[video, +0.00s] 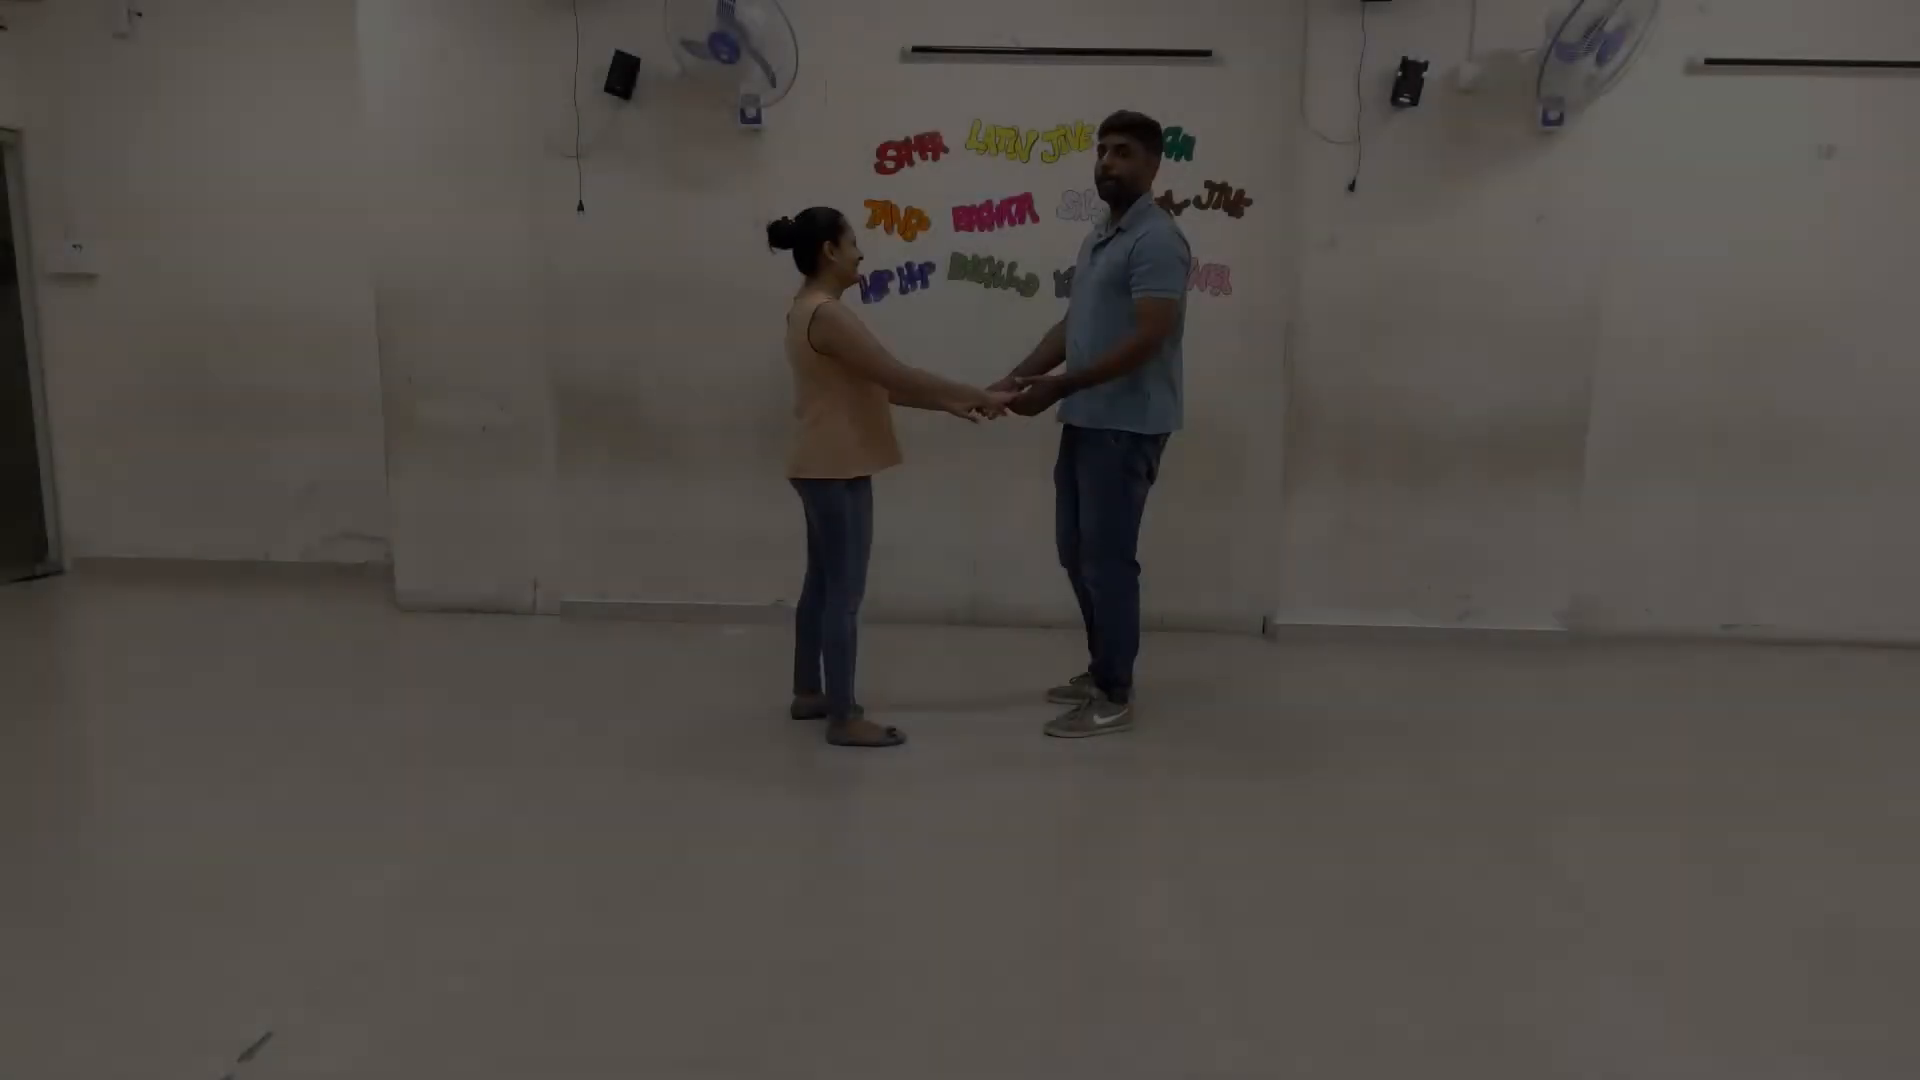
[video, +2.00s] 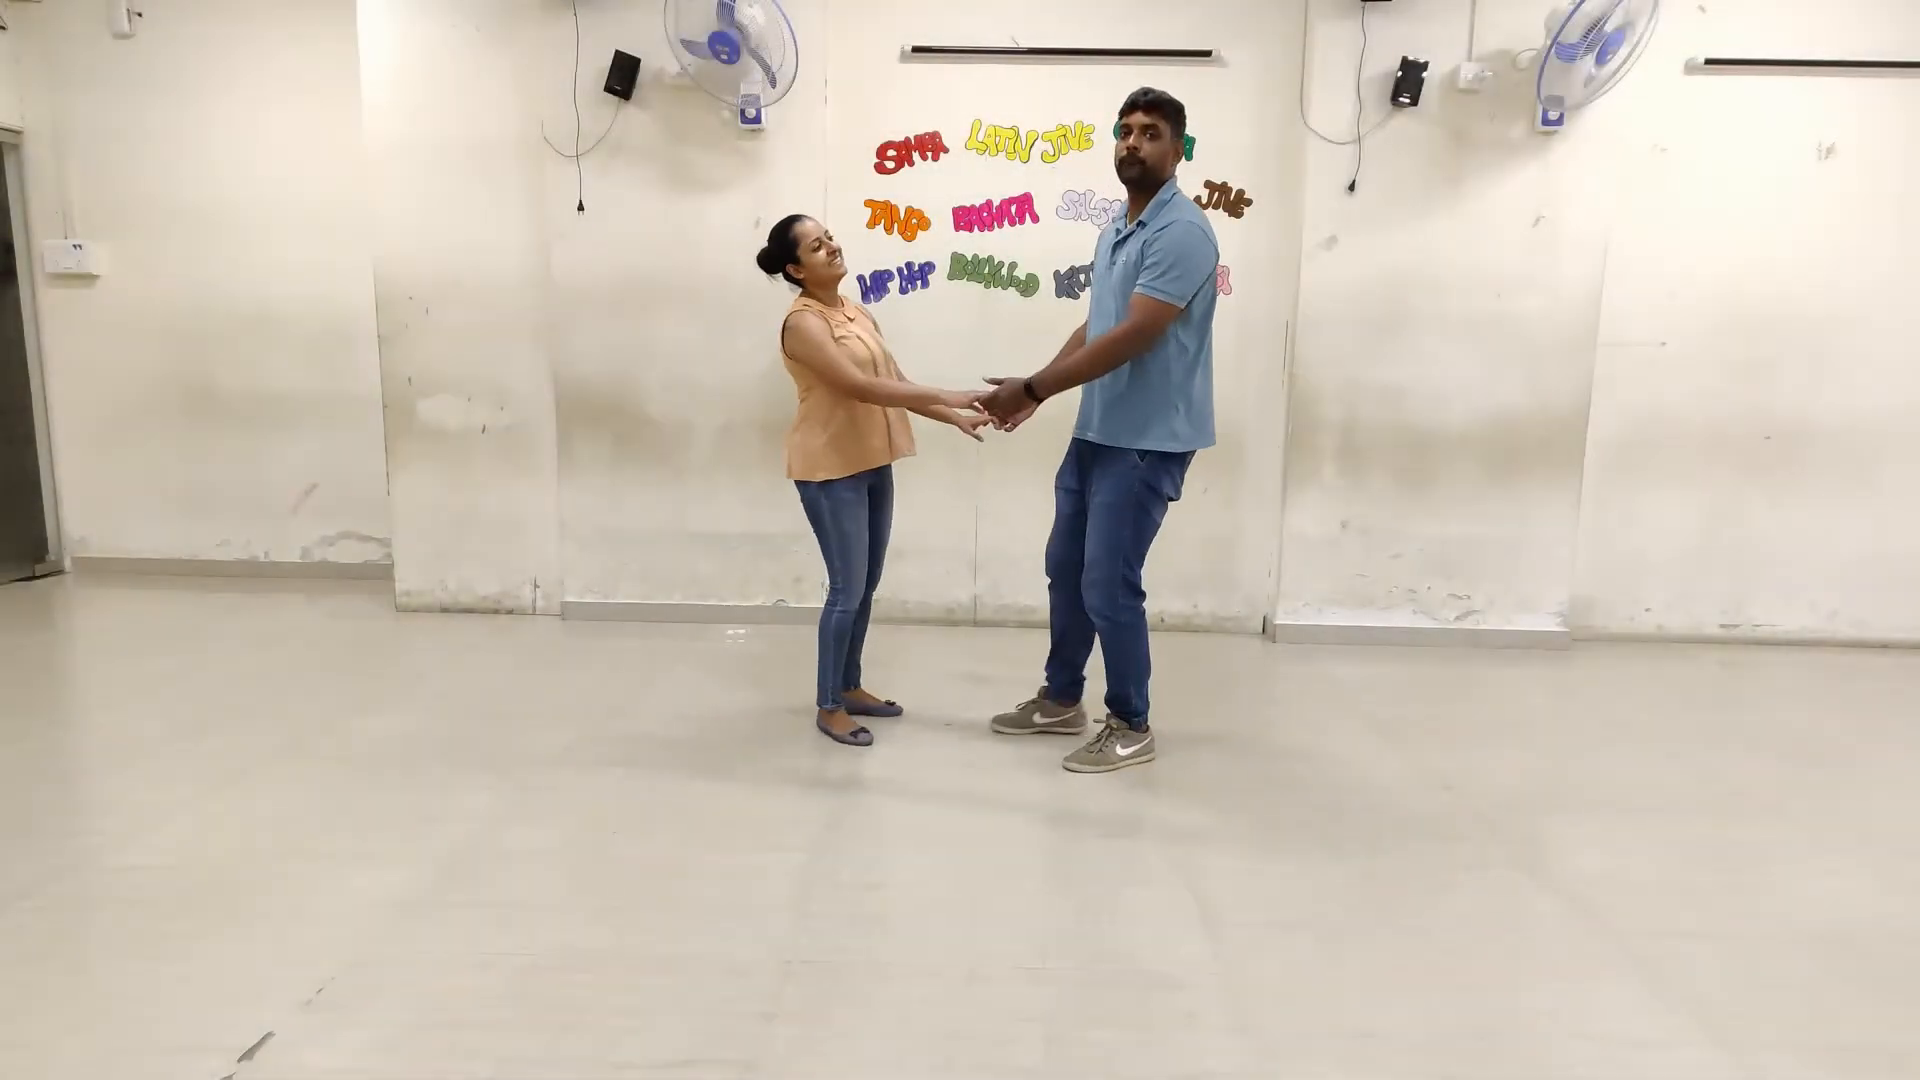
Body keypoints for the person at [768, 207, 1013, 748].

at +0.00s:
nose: (861, 254)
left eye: (857, 244)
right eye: (854, 245)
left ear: (820, 254)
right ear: (829, 252)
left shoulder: (808, 311)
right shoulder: (827, 315)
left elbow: (885, 386)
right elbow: (895, 375)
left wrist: (953, 404)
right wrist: (975, 394)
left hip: (820, 468)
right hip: (840, 470)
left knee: (822, 582)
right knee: (845, 594)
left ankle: (809, 693)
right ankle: (844, 717)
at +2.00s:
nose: (833, 247)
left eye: (830, 238)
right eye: (817, 246)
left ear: (836, 248)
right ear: (795, 269)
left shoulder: (856, 313)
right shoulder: (802, 324)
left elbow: (896, 386)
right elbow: (858, 387)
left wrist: (955, 411)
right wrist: (947, 402)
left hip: (873, 466)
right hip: (830, 473)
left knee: (864, 586)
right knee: (846, 589)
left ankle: (849, 689)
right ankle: (828, 708)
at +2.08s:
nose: (833, 245)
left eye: (831, 236)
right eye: (817, 243)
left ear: (838, 247)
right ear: (795, 266)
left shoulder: (859, 311)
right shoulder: (802, 322)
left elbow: (895, 384)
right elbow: (857, 382)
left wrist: (951, 409)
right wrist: (951, 393)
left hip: (872, 464)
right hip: (827, 470)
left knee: (864, 585)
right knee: (849, 585)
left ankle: (848, 688)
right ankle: (826, 703)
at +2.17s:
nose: (832, 245)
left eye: (831, 237)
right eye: (817, 243)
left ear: (838, 249)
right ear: (795, 266)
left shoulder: (858, 313)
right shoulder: (800, 321)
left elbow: (892, 384)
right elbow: (859, 381)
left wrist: (952, 406)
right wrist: (947, 387)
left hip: (872, 463)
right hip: (827, 470)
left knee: (866, 584)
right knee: (852, 584)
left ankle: (846, 687)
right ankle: (818, 702)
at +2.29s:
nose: (834, 252)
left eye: (832, 243)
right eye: (819, 249)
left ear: (836, 256)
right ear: (794, 270)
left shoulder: (851, 319)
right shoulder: (797, 327)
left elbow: (889, 390)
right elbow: (862, 385)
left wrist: (955, 408)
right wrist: (951, 388)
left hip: (869, 468)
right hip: (825, 475)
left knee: (875, 584)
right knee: (854, 591)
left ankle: (848, 691)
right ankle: (803, 709)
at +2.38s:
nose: (835, 259)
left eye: (832, 250)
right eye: (821, 254)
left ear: (827, 262)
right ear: (793, 271)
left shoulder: (833, 324)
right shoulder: (794, 330)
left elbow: (881, 397)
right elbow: (864, 390)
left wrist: (950, 414)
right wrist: (954, 397)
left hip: (863, 474)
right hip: (824, 482)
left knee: (878, 584)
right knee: (853, 595)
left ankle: (848, 691)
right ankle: (801, 714)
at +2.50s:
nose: (831, 251)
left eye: (827, 242)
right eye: (818, 246)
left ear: (805, 258)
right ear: (790, 261)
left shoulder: (813, 312)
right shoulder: (792, 319)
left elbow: (857, 382)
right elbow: (864, 379)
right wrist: (956, 390)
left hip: (847, 470)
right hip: (817, 475)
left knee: (858, 585)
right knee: (836, 594)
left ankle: (852, 691)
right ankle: (798, 717)